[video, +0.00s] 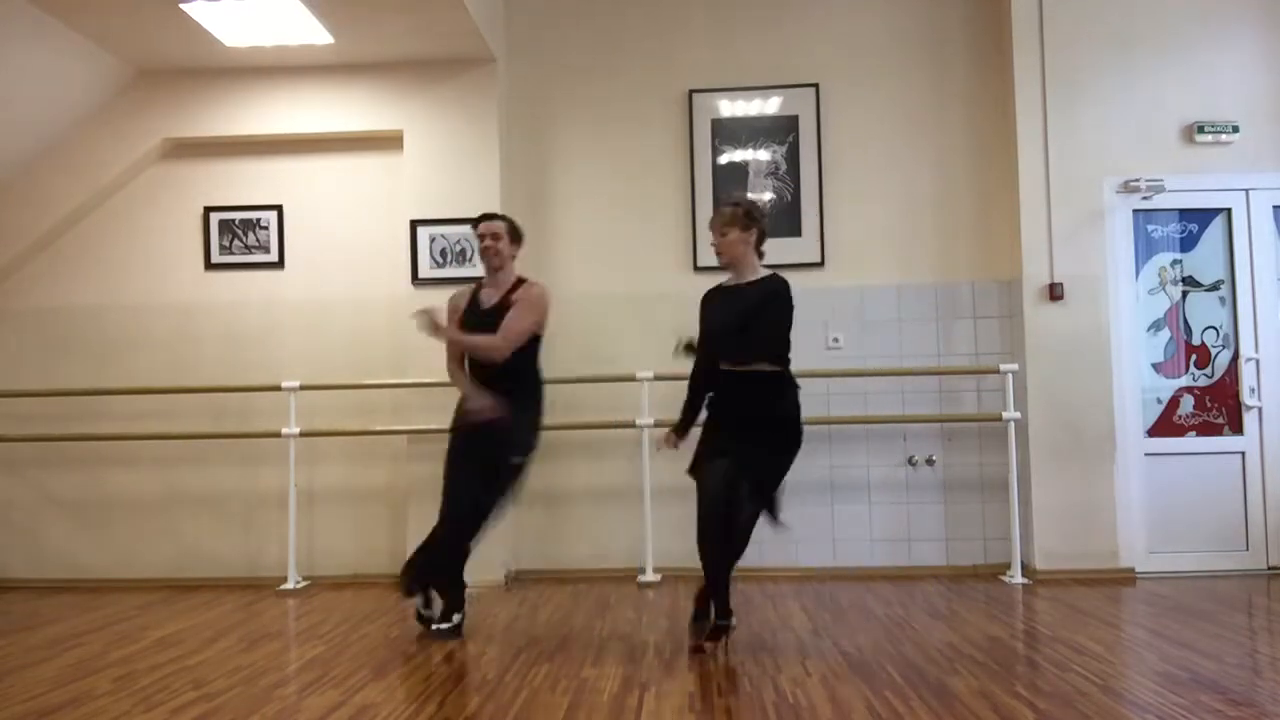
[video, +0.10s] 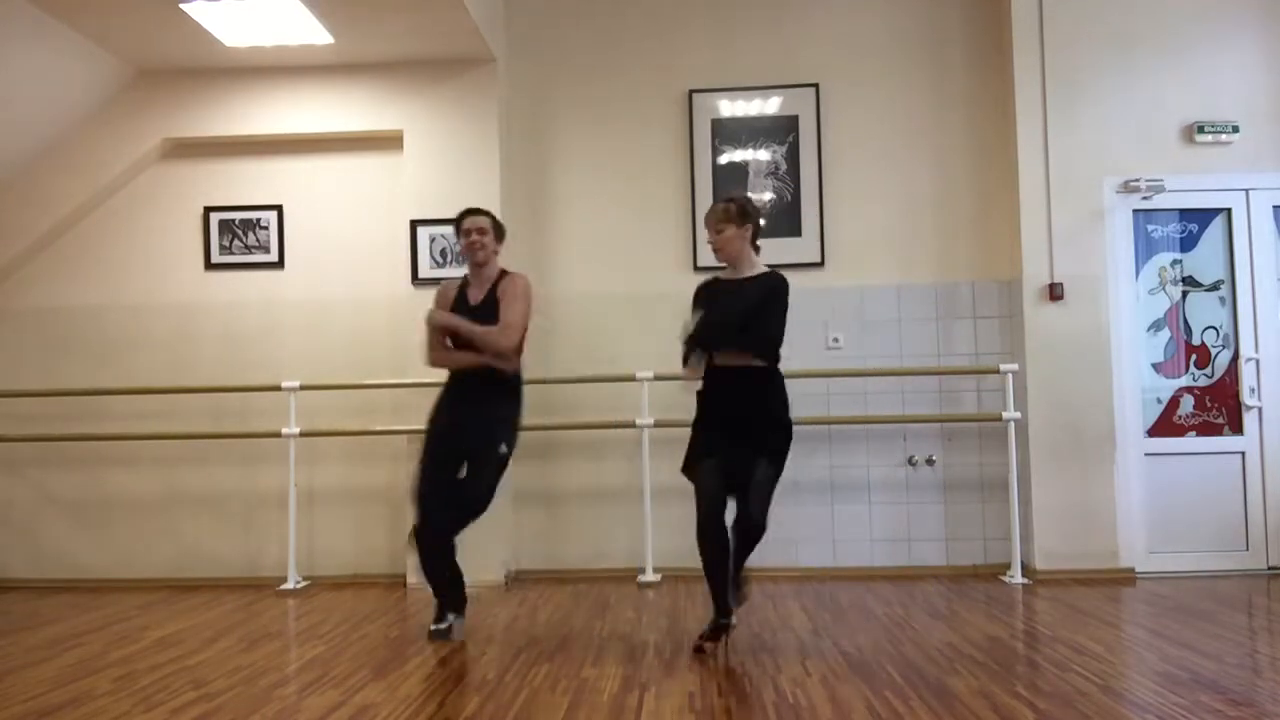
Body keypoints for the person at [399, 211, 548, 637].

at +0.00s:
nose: (488, 244)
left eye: (496, 238)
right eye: (482, 239)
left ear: (515, 246)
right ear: (475, 247)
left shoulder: (532, 295)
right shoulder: (462, 300)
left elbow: (501, 346)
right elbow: (455, 361)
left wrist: (445, 332)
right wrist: (470, 391)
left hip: (517, 412)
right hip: (474, 408)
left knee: (476, 506)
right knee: (456, 506)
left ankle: (421, 573)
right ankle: (451, 602)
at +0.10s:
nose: (474, 240)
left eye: (482, 233)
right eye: (467, 235)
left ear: (498, 241)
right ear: (459, 244)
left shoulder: (515, 285)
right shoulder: (449, 293)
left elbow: (506, 341)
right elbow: (436, 355)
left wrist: (449, 323)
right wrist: (487, 357)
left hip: (498, 400)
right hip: (456, 398)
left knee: (476, 496)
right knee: (431, 504)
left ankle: (428, 530)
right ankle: (450, 602)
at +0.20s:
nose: (464, 242)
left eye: (472, 235)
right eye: (457, 237)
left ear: (488, 242)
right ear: (449, 245)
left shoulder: (505, 285)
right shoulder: (440, 292)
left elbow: (538, 331)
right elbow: (406, 346)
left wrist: (477, 328)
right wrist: (449, 357)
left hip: (490, 401)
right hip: (446, 397)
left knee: (490, 488)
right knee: (407, 481)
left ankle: (457, 514)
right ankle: (425, 583)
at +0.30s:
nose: (453, 251)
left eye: (461, 244)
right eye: (446, 245)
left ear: (476, 252)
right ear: (436, 255)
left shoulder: (497, 298)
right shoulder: (422, 306)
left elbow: (547, 332)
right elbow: (388, 357)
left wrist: (560, 367)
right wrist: (344, 392)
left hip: (480, 422)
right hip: (430, 421)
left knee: (519, 493)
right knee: (370, 497)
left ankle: (496, 586)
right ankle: (361, 599)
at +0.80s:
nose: (429, 261)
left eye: (438, 256)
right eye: (424, 255)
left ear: (453, 268)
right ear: (415, 265)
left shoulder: (474, 319)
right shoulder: (394, 321)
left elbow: (516, 364)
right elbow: (349, 363)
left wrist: (536, 354)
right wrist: (302, 366)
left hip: (460, 435)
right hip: (407, 435)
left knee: (497, 509)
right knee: (353, 514)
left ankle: (503, 612)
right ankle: (346, 616)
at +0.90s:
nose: (428, 259)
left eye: (437, 254)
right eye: (423, 253)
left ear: (453, 267)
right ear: (414, 264)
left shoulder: (471, 315)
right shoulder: (392, 317)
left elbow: (521, 352)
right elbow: (347, 344)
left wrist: (486, 355)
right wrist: (324, 363)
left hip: (459, 432)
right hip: (409, 432)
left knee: (475, 517)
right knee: (371, 519)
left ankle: (493, 609)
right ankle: (352, 613)